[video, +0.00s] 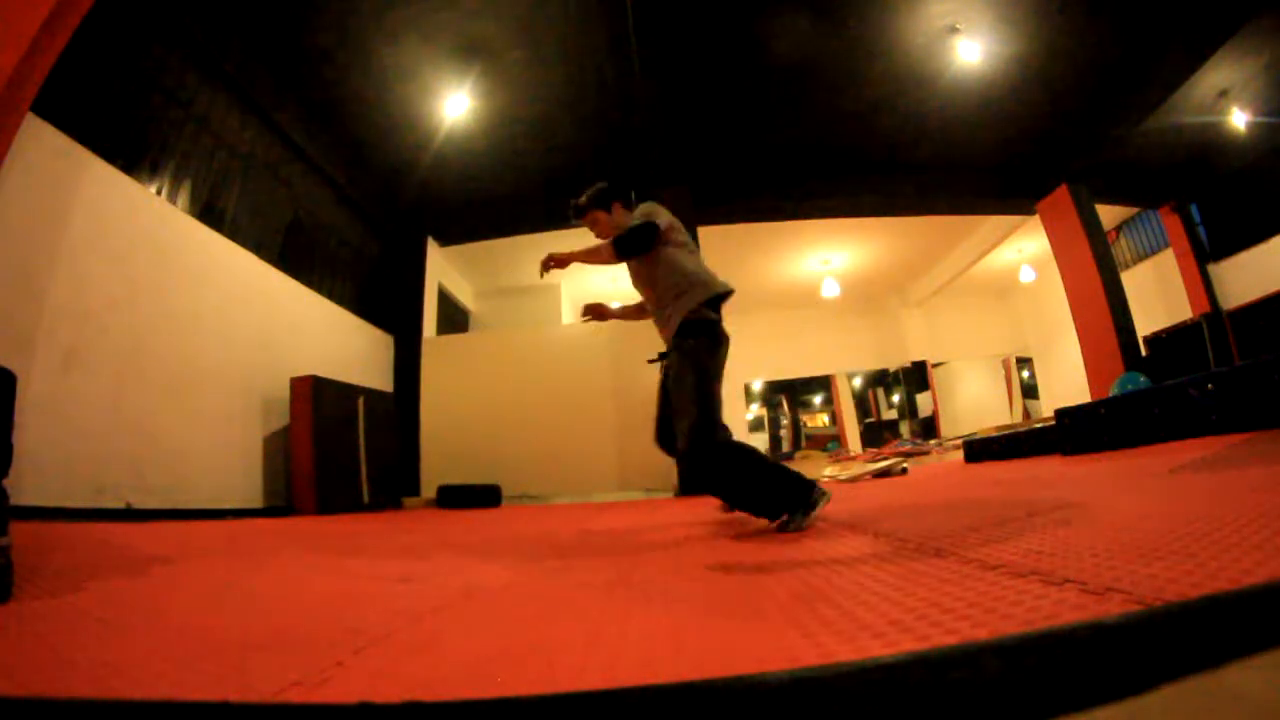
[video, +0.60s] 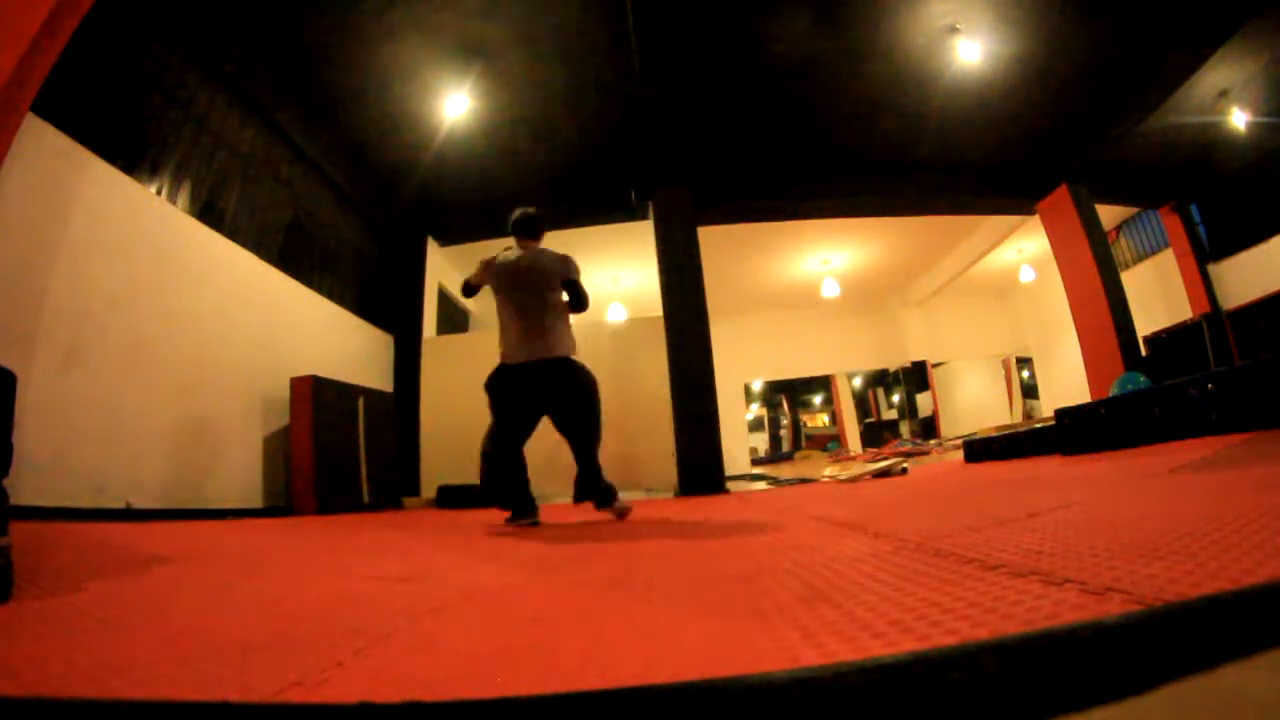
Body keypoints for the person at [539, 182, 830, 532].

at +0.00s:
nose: (596, 234)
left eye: (595, 225)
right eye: (591, 229)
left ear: (613, 208)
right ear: (611, 213)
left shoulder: (649, 214)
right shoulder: (640, 249)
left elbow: (629, 245)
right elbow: (657, 306)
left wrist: (571, 257)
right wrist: (612, 313)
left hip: (699, 332)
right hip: (682, 341)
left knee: (699, 438)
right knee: (670, 436)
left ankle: (799, 495)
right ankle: (743, 489)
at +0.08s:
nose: (585, 234)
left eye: (587, 224)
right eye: (580, 229)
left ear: (608, 212)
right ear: (585, 230)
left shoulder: (650, 227)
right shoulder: (607, 268)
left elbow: (668, 248)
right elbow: (604, 321)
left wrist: (608, 244)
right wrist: (570, 310)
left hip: (692, 348)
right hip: (653, 358)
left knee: (732, 430)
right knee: (633, 430)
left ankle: (802, 497)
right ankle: (646, 499)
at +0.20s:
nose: (583, 227)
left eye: (588, 219)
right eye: (576, 223)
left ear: (602, 219)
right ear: (569, 230)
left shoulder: (636, 254)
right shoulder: (568, 270)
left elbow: (685, 283)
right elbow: (544, 322)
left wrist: (673, 264)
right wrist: (538, 300)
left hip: (652, 359)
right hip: (608, 371)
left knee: (718, 408)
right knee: (604, 447)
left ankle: (762, 487)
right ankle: (644, 501)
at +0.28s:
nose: (584, 225)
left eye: (589, 218)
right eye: (576, 219)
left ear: (599, 222)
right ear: (566, 226)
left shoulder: (614, 263)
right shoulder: (553, 263)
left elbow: (653, 293)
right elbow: (528, 310)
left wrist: (664, 266)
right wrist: (555, 287)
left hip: (627, 358)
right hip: (587, 366)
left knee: (691, 413)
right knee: (611, 446)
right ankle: (643, 506)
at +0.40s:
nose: (584, 223)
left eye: (586, 216)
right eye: (578, 215)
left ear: (580, 219)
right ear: (558, 217)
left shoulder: (567, 250)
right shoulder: (552, 243)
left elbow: (570, 296)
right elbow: (555, 287)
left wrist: (598, 277)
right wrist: (598, 276)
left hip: (584, 349)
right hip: (565, 352)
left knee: (621, 412)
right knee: (607, 418)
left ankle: (602, 483)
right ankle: (626, 496)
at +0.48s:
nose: (574, 227)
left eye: (574, 220)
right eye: (572, 220)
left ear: (541, 220)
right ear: (559, 218)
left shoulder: (530, 251)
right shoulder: (555, 242)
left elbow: (545, 294)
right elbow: (565, 283)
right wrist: (587, 283)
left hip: (543, 349)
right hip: (568, 344)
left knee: (566, 419)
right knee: (604, 422)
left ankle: (547, 489)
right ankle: (601, 502)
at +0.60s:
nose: (528, 237)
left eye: (521, 233)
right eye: (533, 230)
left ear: (511, 235)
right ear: (542, 233)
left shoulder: (496, 265)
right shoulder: (561, 262)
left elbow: (468, 290)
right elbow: (580, 303)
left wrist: (489, 269)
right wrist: (552, 309)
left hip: (516, 375)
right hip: (562, 371)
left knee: (505, 444)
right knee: (584, 441)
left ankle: (522, 509)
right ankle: (601, 495)